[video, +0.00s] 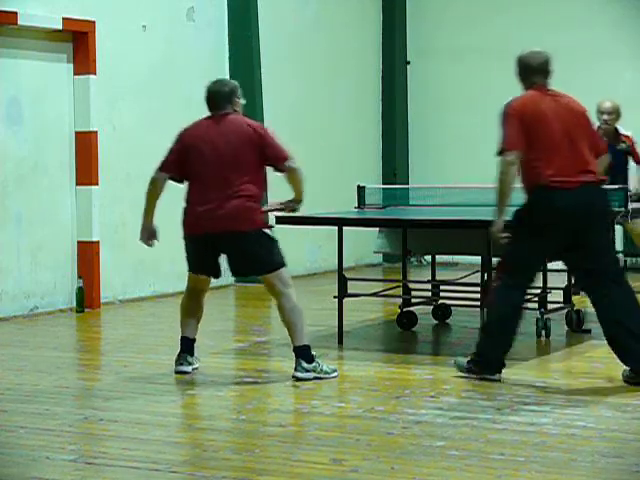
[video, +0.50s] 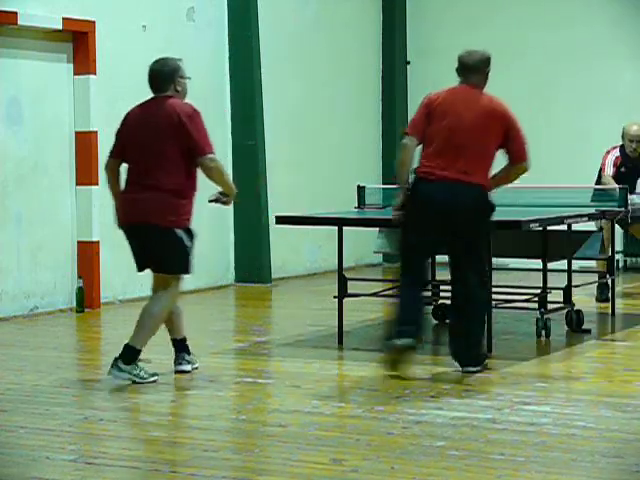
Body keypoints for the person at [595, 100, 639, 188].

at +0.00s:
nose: (605, 118)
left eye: (610, 114)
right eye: (601, 114)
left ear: (617, 117)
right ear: (597, 116)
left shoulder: (625, 140)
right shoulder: (591, 138)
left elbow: (637, 161)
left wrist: (636, 187)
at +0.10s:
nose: (619, 123)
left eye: (623, 119)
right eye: (615, 119)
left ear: (631, 121)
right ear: (610, 120)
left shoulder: (636, 144)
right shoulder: (602, 144)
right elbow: (589, 169)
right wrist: (596, 185)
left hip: (631, 197)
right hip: (607, 198)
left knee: (635, 220)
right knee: (595, 223)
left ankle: (630, 258)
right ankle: (599, 259)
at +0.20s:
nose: (628, 127)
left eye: (632, 123)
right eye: (624, 123)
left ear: (638, 125)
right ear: (619, 125)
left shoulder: (637, 146)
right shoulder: (611, 146)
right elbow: (596, 173)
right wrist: (608, 189)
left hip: (635, 195)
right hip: (614, 195)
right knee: (605, 226)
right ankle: (600, 276)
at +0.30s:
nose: (632, 134)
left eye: (636, 130)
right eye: (629, 130)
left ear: (639, 132)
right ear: (623, 131)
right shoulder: (614, 149)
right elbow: (599, 177)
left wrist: (627, 185)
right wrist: (626, 184)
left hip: (635, 199)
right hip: (613, 198)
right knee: (608, 227)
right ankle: (602, 278)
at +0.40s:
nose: (633, 142)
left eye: (637, 137)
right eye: (630, 137)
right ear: (623, 137)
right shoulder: (615, 153)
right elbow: (605, 181)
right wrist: (629, 189)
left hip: (635, 204)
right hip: (615, 203)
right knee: (608, 232)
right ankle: (603, 280)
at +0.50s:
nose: (634, 146)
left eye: (637, 141)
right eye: (630, 141)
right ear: (623, 141)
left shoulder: (637, 160)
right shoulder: (613, 154)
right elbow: (606, 179)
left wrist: (630, 200)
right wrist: (622, 197)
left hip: (630, 205)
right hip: (606, 204)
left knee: (635, 229)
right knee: (607, 232)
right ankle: (602, 280)